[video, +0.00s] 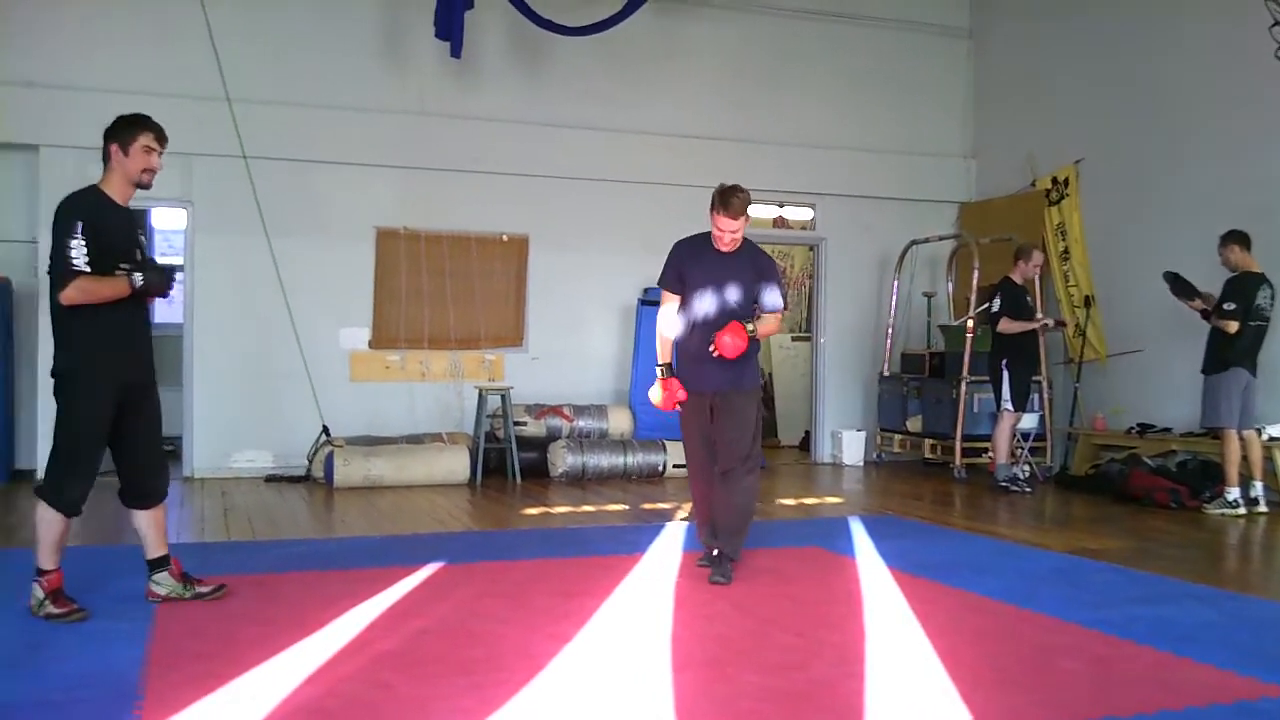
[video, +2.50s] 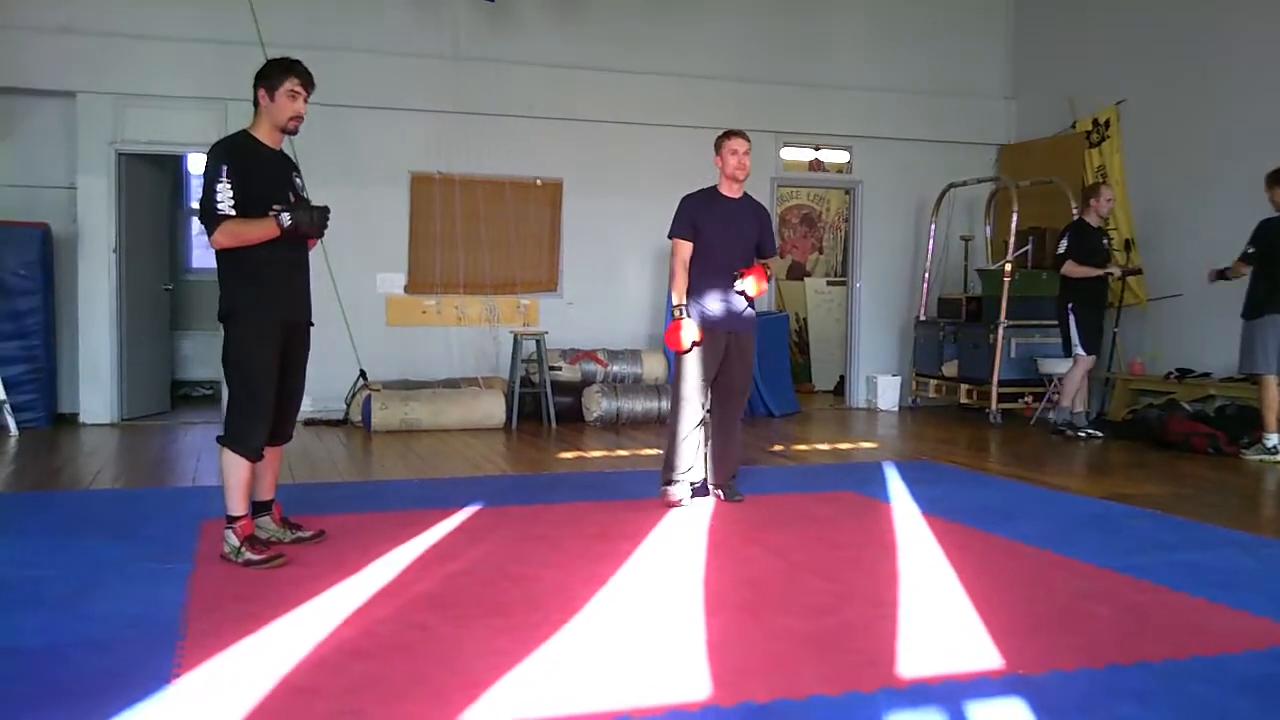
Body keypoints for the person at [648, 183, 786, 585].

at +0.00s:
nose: (725, 238)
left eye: (733, 232)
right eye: (719, 230)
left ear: (746, 222)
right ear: (710, 217)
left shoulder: (761, 264)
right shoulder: (685, 252)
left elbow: (775, 318)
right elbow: (667, 312)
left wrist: (748, 332)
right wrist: (664, 370)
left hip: (738, 385)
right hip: (691, 382)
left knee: (735, 465)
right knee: (700, 464)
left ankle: (726, 552)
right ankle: (711, 544)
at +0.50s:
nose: (714, 228)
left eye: (723, 222)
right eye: (709, 219)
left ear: (740, 211)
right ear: (701, 206)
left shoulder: (755, 256)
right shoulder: (686, 236)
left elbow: (777, 319)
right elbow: (670, 297)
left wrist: (737, 325)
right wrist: (654, 353)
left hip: (726, 374)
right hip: (680, 367)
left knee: (732, 462)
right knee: (662, 443)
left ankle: (733, 546)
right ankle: (706, 484)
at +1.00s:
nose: (625, 157)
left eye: (633, 148)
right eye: (620, 148)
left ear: (650, 143)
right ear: (613, 145)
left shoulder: (675, 194)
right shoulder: (607, 190)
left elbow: (691, 258)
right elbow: (593, 253)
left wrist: (643, 262)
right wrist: (583, 305)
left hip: (659, 318)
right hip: (614, 318)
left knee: (675, 404)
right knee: (614, 404)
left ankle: (703, 487)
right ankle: (618, 489)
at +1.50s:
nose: (652, 150)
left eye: (656, 142)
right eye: (642, 144)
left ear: (665, 147)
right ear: (628, 154)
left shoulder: (693, 194)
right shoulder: (621, 206)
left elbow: (721, 253)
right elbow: (616, 271)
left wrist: (676, 260)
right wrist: (610, 329)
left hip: (691, 316)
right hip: (646, 318)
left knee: (697, 399)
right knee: (646, 405)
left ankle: (687, 456)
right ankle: (652, 495)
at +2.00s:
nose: (689, 164)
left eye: (694, 158)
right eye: (681, 158)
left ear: (700, 163)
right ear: (665, 164)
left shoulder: (720, 211)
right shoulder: (648, 214)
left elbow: (740, 267)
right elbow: (632, 273)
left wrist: (714, 275)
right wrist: (624, 317)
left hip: (712, 329)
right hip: (667, 330)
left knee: (709, 409)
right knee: (658, 408)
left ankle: (705, 487)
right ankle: (650, 491)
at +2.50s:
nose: (741, 159)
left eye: (746, 154)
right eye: (734, 153)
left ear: (751, 161)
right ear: (718, 159)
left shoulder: (759, 213)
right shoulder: (693, 204)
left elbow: (768, 264)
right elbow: (680, 262)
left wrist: (760, 276)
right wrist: (679, 312)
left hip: (742, 324)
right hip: (700, 320)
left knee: (731, 404)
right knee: (690, 403)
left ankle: (723, 478)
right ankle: (679, 481)